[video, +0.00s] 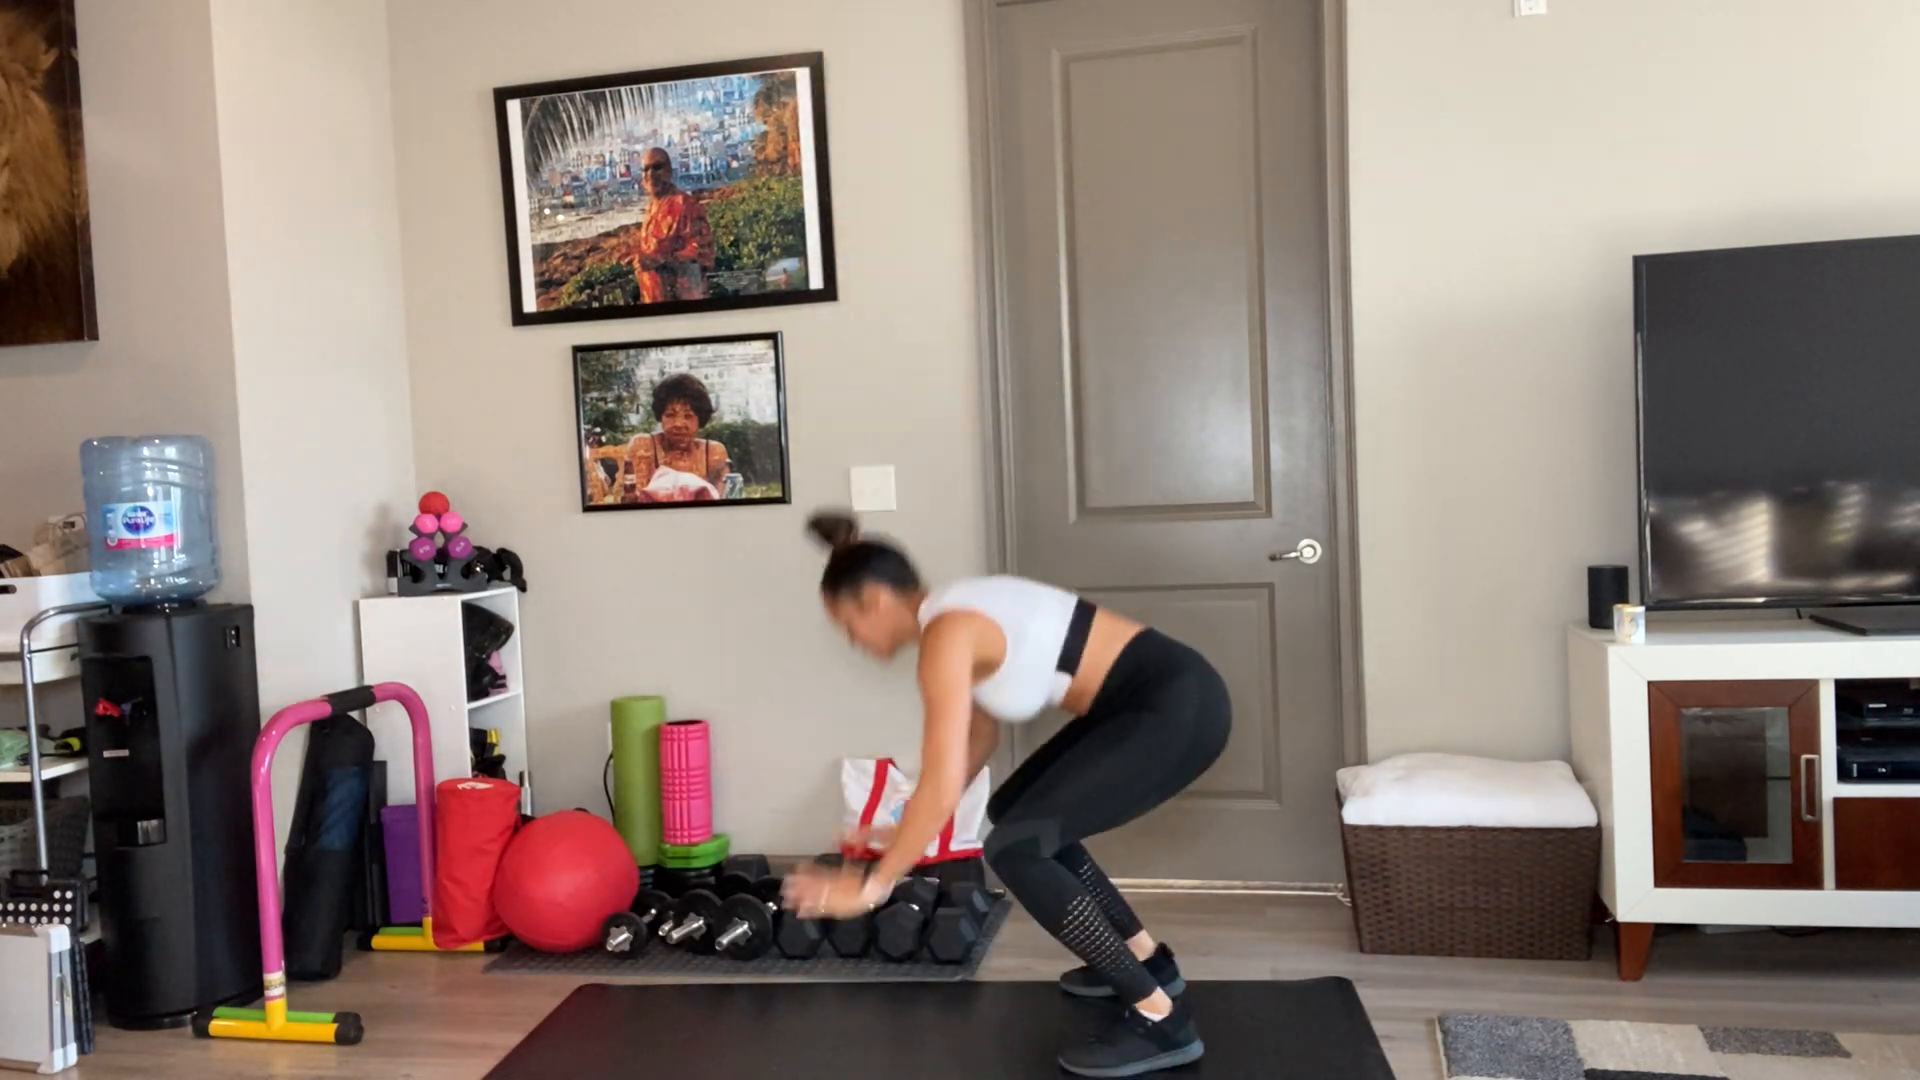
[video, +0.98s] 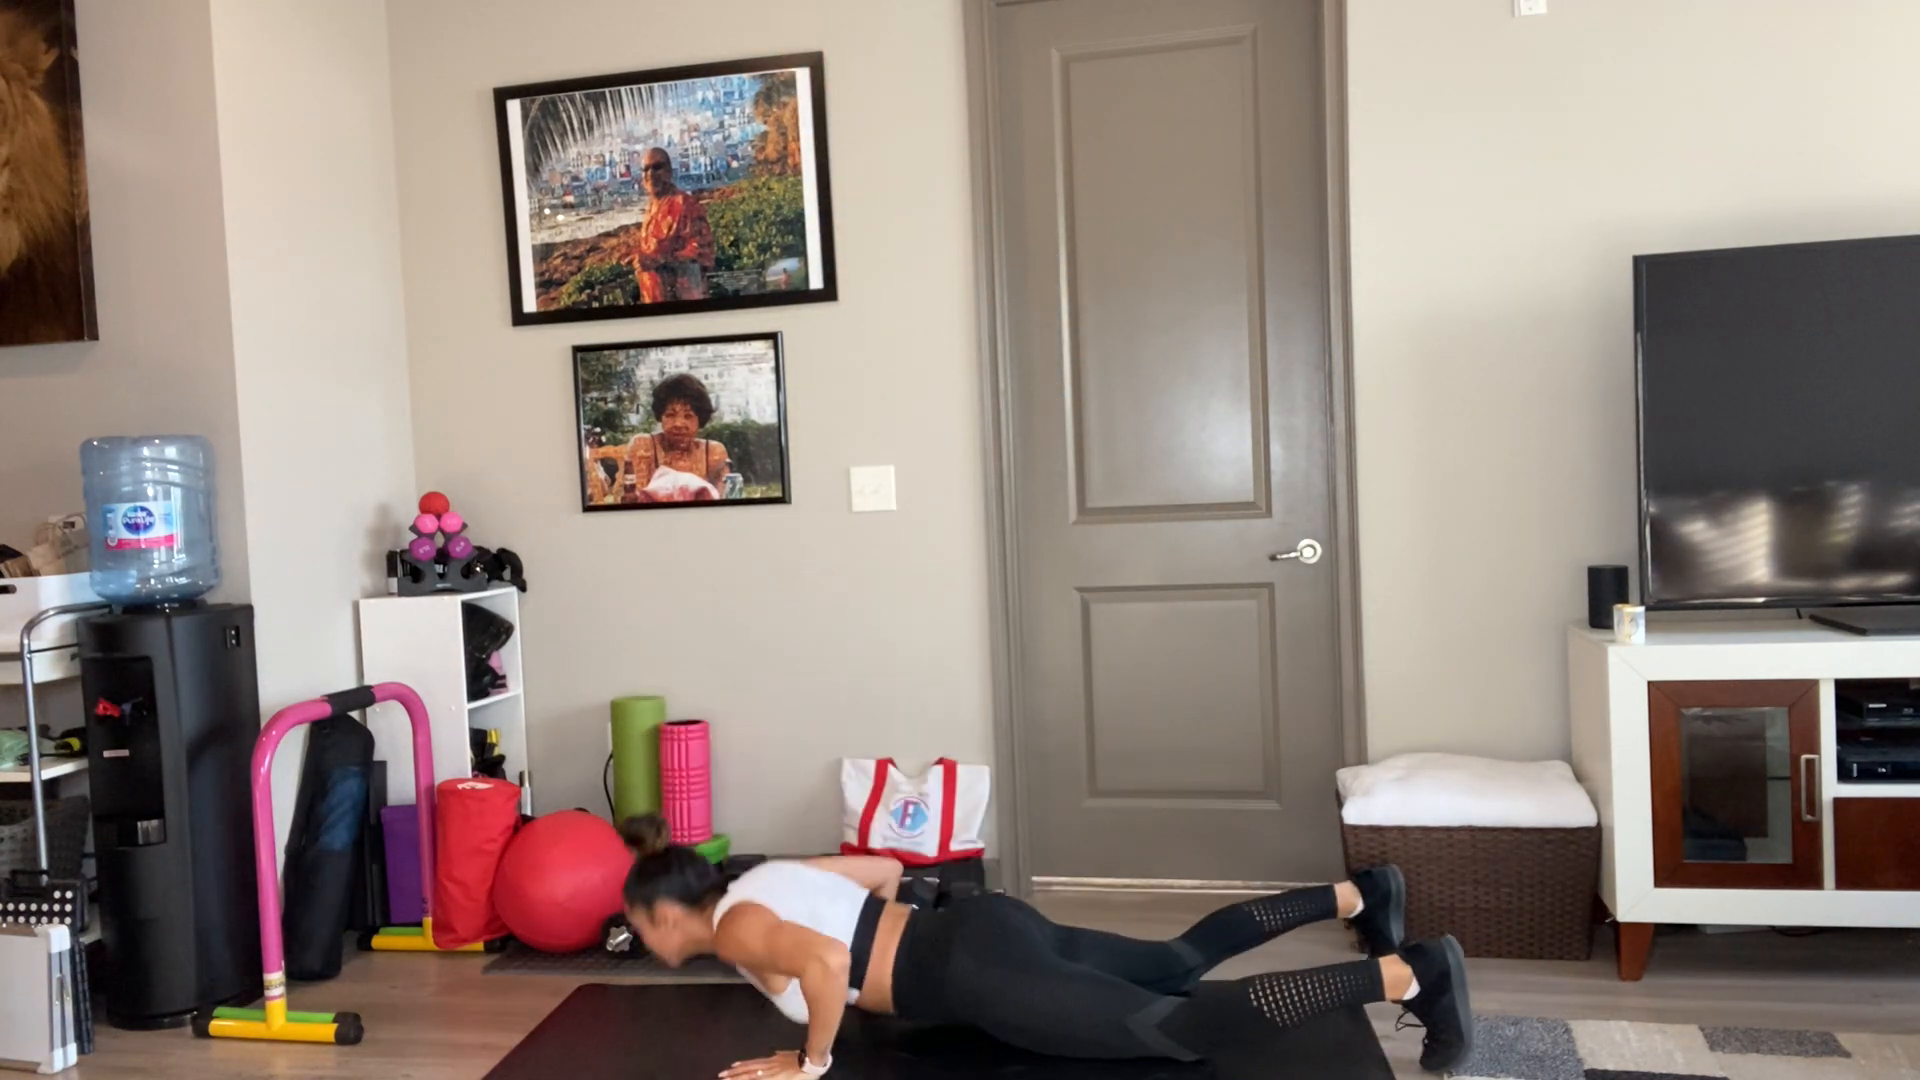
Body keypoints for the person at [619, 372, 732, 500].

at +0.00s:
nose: (679, 424)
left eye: (688, 416)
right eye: (670, 415)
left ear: (700, 419)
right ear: (660, 417)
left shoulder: (715, 451)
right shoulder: (641, 446)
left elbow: (721, 500)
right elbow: (634, 499)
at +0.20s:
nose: (679, 424)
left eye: (688, 416)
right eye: (670, 415)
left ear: (700, 420)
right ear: (660, 417)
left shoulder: (715, 451)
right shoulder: (641, 446)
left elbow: (722, 500)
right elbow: (631, 499)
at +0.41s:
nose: (679, 424)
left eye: (688, 416)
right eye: (670, 415)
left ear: (700, 420)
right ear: (660, 417)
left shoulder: (714, 451)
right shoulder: (641, 446)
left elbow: (722, 500)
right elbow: (631, 499)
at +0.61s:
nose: (679, 424)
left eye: (688, 416)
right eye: (670, 415)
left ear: (700, 420)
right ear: (660, 417)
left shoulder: (714, 451)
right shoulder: (641, 446)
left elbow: (722, 500)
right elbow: (631, 499)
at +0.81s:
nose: (679, 424)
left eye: (688, 416)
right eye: (670, 415)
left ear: (700, 420)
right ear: (660, 417)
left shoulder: (714, 451)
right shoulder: (641, 446)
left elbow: (722, 500)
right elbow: (628, 498)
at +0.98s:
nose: (679, 424)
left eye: (688, 416)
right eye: (670, 415)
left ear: (700, 420)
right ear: (660, 417)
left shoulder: (714, 451)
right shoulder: (641, 446)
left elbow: (722, 499)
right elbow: (627, 498)